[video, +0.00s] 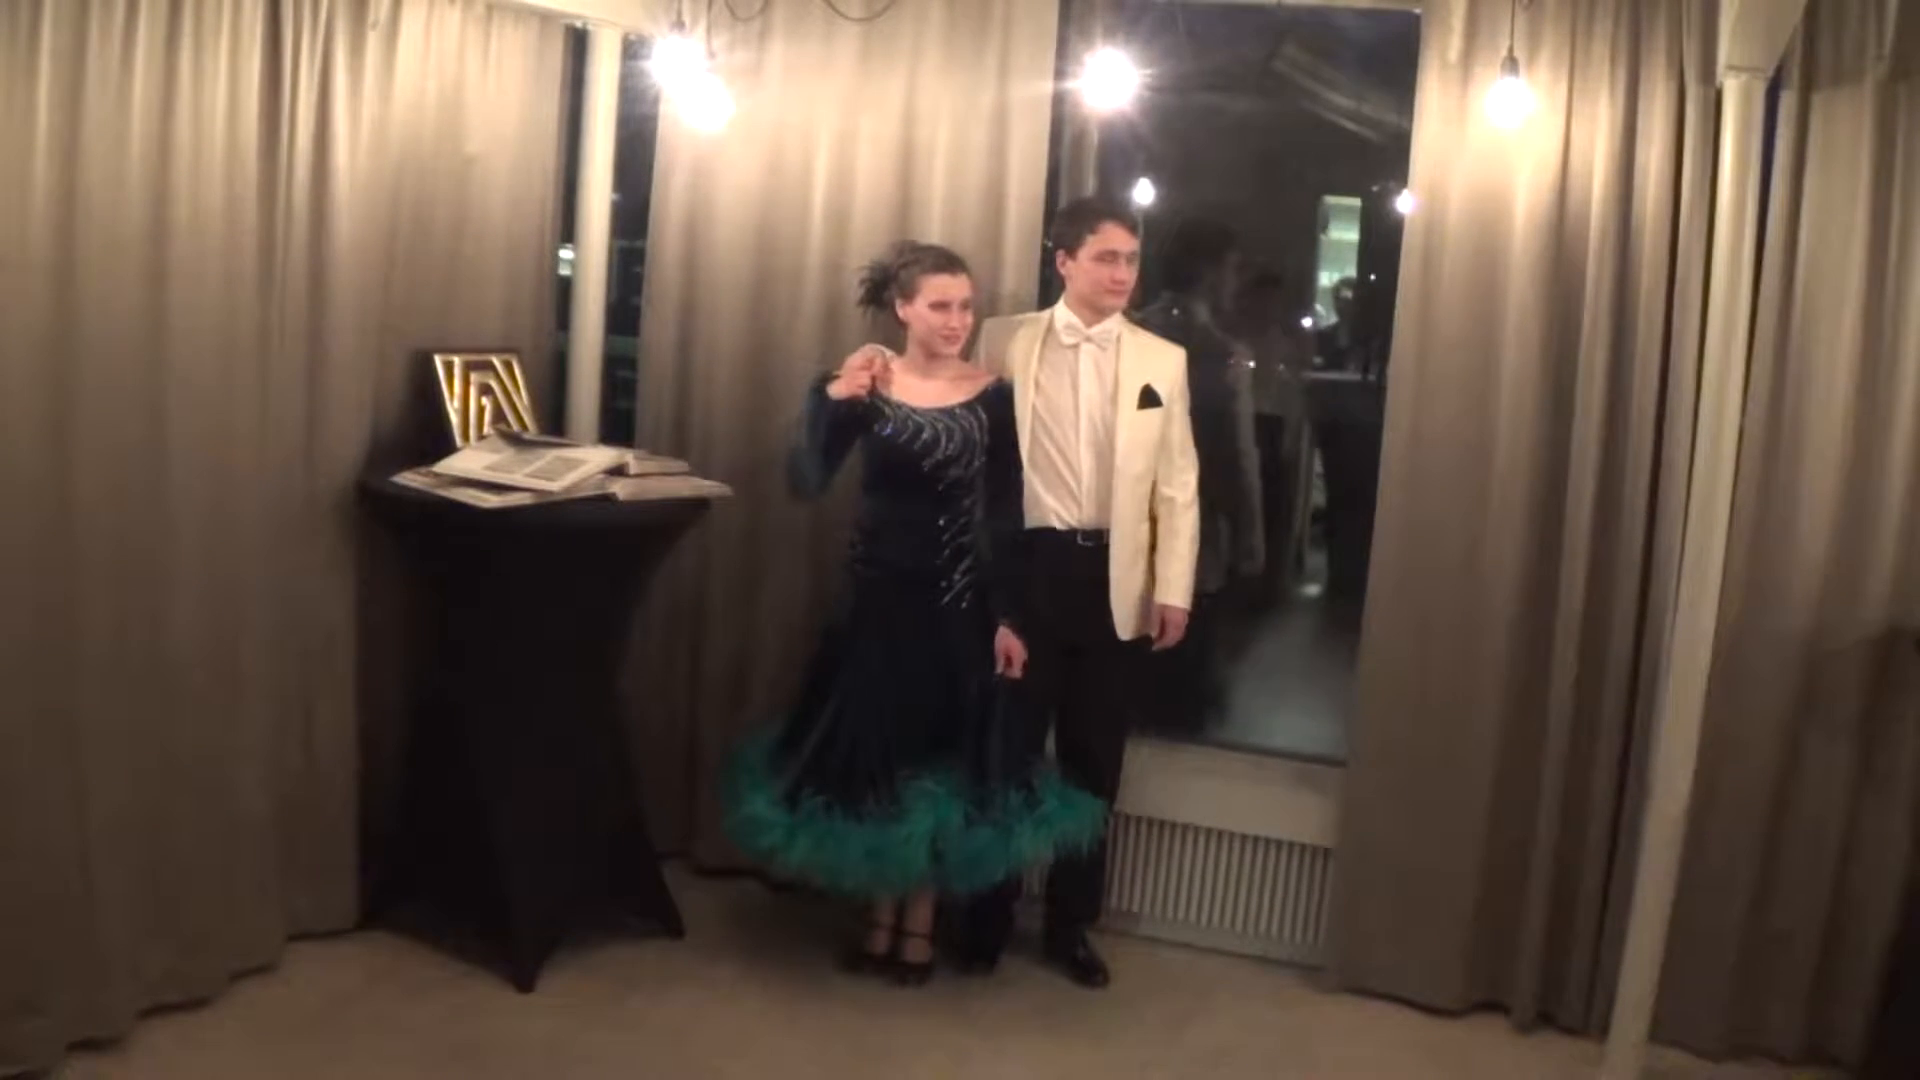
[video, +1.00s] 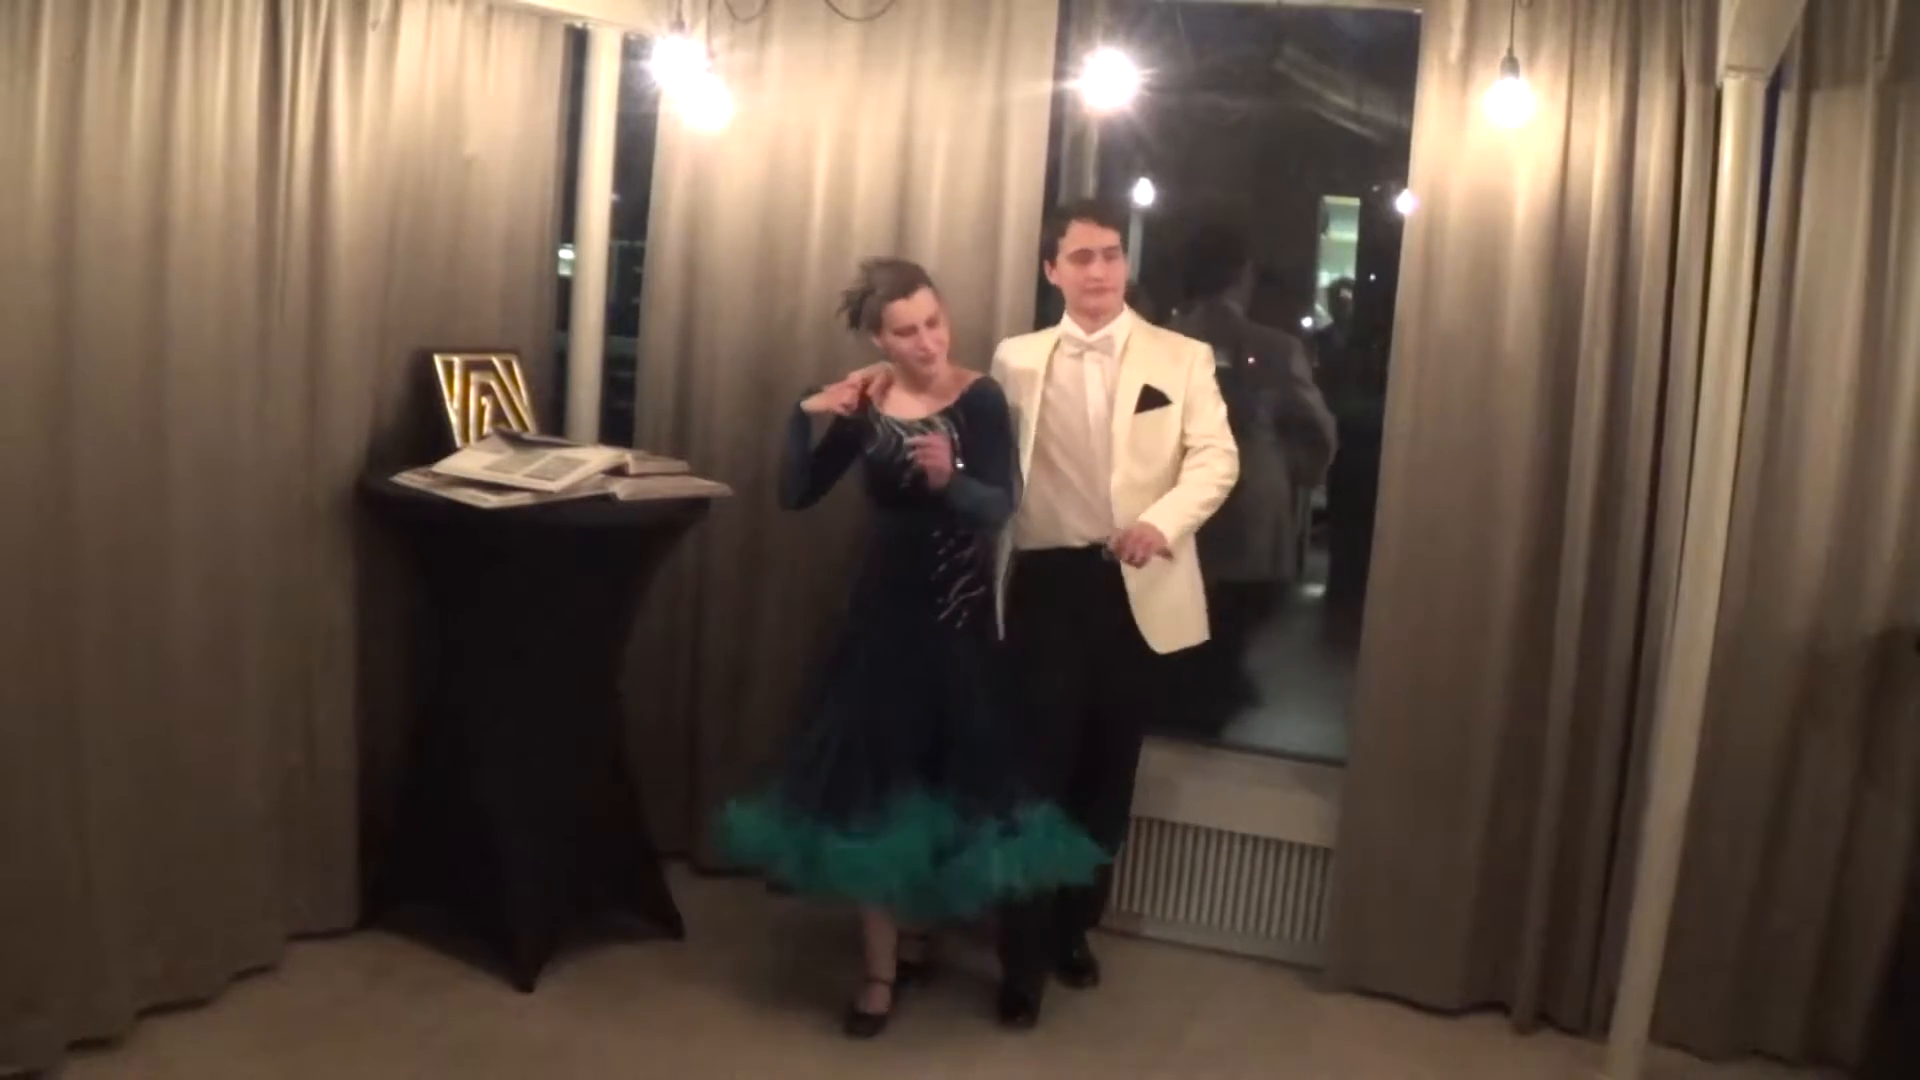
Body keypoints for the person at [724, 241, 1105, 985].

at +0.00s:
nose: (956, 321)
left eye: (965, 307)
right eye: (939, 306)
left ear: (978, 312)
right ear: (900, 310)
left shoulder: (990, 393)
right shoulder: (870, 383)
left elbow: (1004, 512)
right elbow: (808, 478)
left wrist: (1007, 615)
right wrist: (834, 397)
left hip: (959, 597)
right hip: (882, 591)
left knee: (939, 752)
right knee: (882, 749)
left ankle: (921, 909)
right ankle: (881, 905)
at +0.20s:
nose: (956, 321)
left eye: (966, 307)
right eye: (940, 307)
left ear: (979, 313)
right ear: (902, 310)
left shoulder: (991, 394)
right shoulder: (873, 383)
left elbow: (1007, 510)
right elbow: (799, 470)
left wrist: (1013, 613)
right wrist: (839, 389)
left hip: (961, 595)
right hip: (883, 588)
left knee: (940, 752)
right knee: (880, 749)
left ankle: (921, 909)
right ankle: (878, 906)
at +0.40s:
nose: (957, 327)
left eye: (966, 311)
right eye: (940, 313)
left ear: (980, 312)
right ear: (903, 317)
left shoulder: (995, 394)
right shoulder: (876, 384)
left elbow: (1018, 507)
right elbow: (786, 452)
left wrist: (1032, 608)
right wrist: (835, 378)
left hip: (962, 595)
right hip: (885, 590)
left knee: (938, 753)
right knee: (877, 750)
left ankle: (919, 914)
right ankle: (873, 911)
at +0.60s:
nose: (949, 354)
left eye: (955, 335)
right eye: (928, 343)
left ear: (968, 328)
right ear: (896, 346)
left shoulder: (997, 412)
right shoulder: (878, 408)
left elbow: (1011, 517)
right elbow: (811, 497)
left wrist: (997, 597)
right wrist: (835, 416)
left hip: (971, 610)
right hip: (896, 604)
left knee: (959, 756)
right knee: (902, 755)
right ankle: (903, 910)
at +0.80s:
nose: (937, 354)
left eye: (941, 334)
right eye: (917, 346)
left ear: (953, 322)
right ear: (888, 351)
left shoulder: (992, 407)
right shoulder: (875, 408)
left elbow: (1011, 519)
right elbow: (809, 494)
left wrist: (972, 520)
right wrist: (825, 416)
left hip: (964, 610)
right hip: (889, 603)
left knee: (936, 759)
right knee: (869, 755)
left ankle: (915, 920)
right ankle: (872, 951)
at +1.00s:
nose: (925, 342)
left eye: (932, 323)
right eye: (905, 333)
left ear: (946, 316)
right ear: (878, 342)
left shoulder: (981, 401)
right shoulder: (864, 402)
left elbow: (1000, 505)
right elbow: (800, 491)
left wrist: (948, 479)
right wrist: (811, 420)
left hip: (959, 612)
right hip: (886, 606)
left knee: (938, 766)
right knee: (873, 767)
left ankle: (913, 925)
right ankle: (878, 958)